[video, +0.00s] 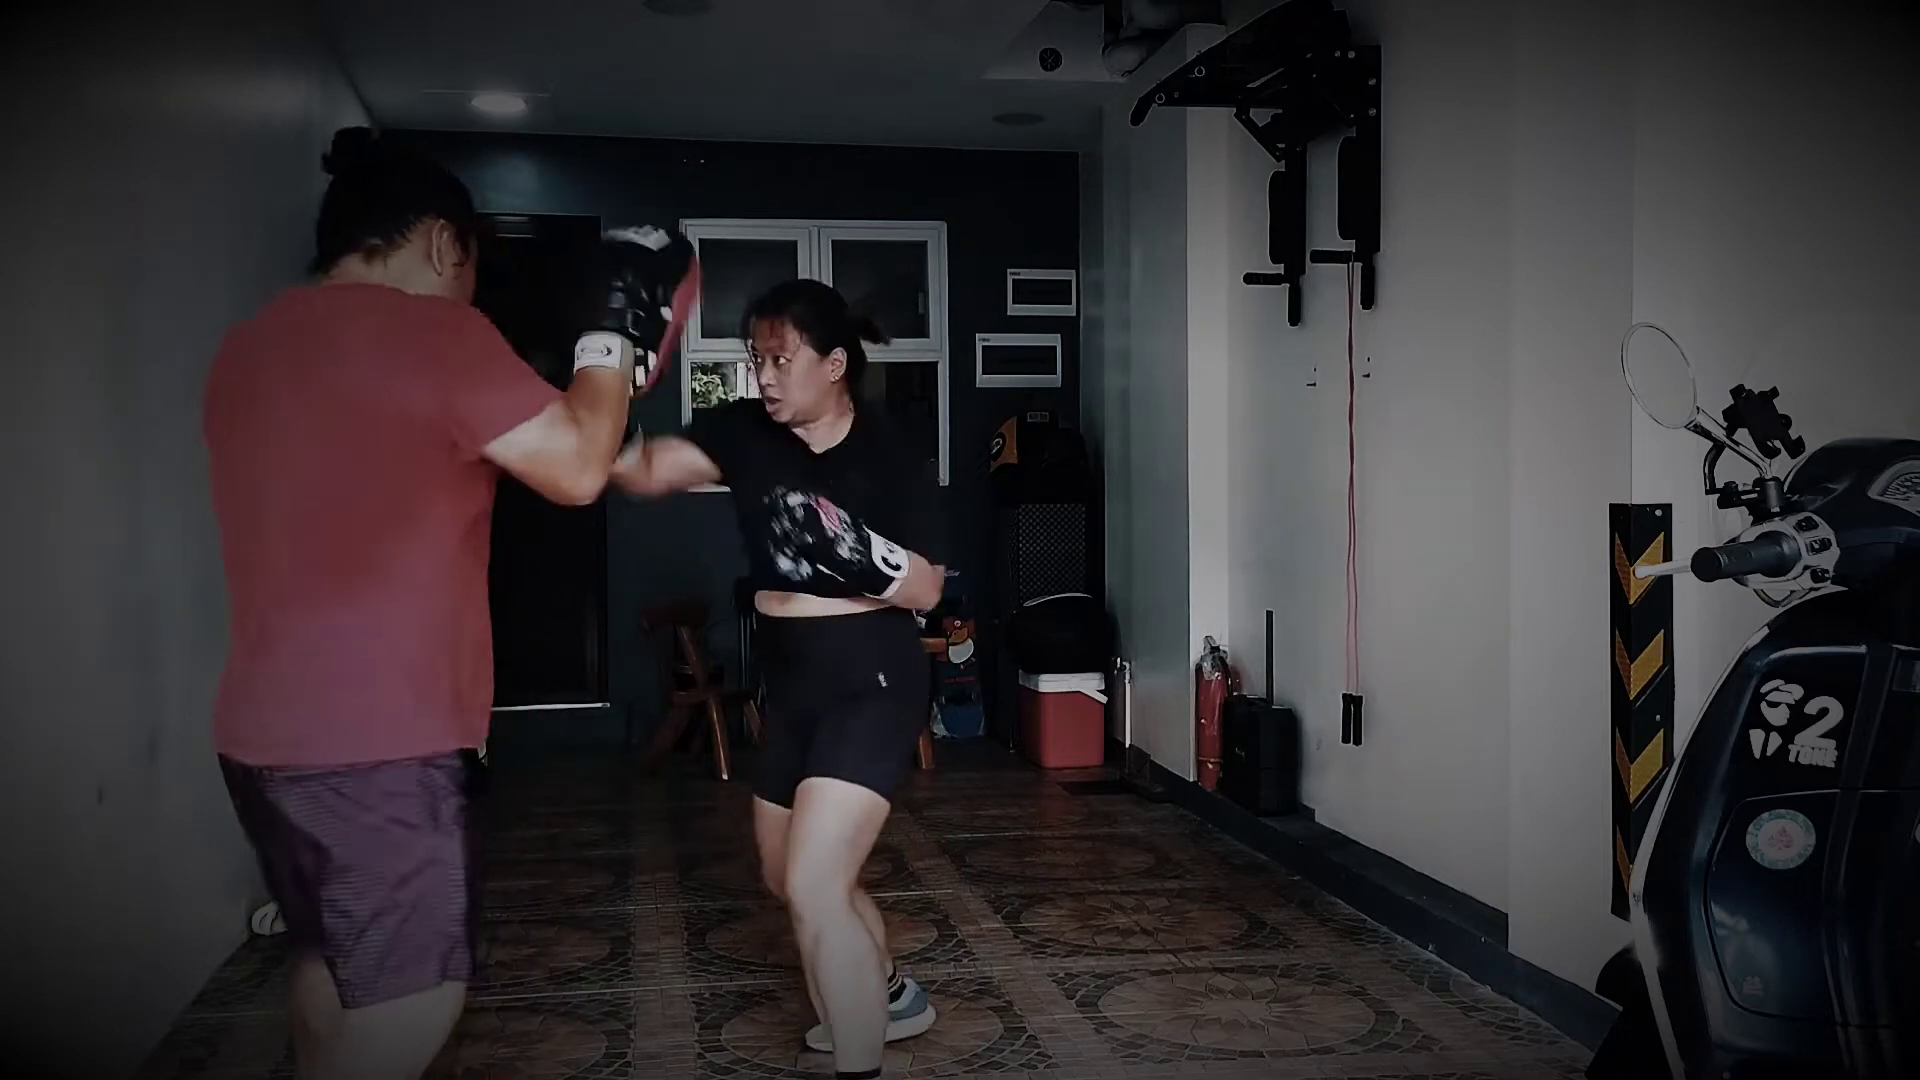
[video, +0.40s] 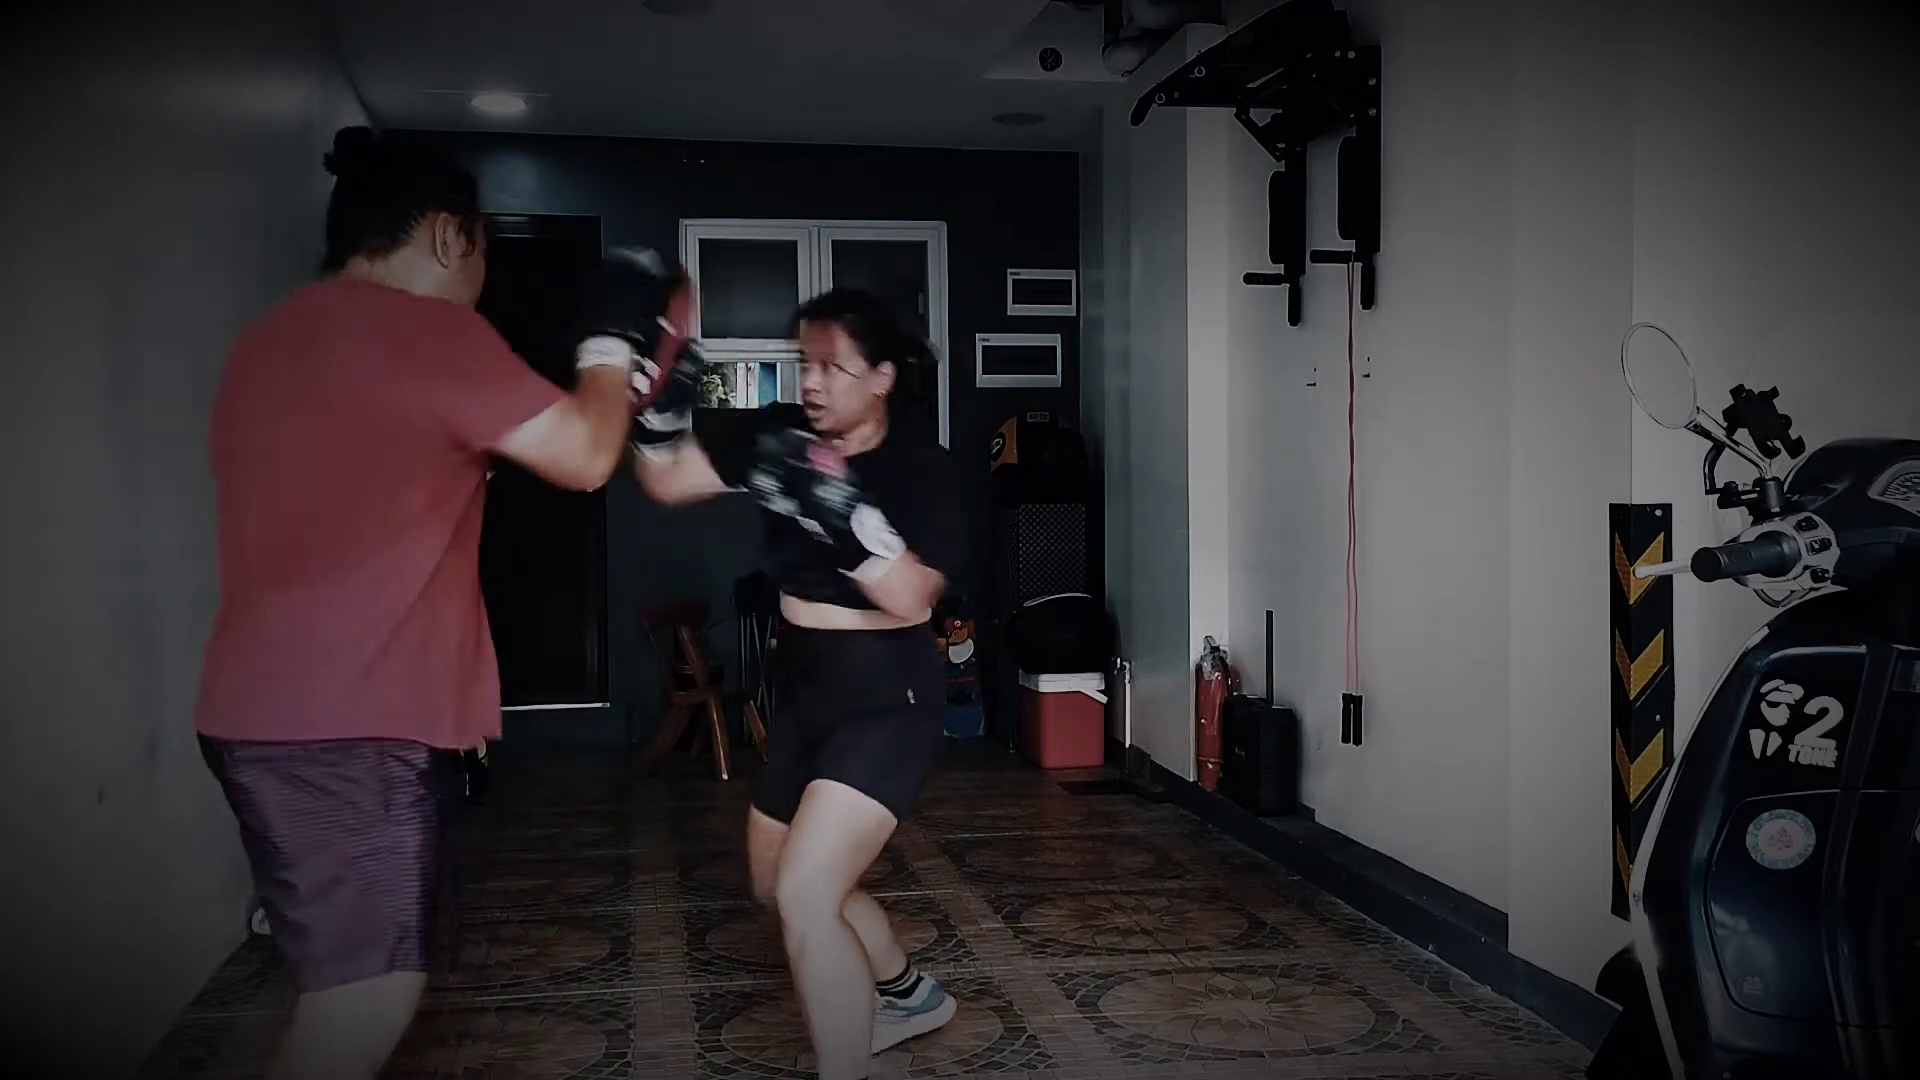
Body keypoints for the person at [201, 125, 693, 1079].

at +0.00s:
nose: (466, 286)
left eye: (468, 267)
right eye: (467, 262)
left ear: (339, 238)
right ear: (439, 239)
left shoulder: (245, 350)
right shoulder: (432, 334)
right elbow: (578, 466)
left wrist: (608, 373)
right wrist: (612, 328)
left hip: (259, 738)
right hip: (383, 745)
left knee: (323, 961)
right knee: (409, 1004)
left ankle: (318, 1079)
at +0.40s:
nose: (477, 277)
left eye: (478, 256)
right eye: (478, 252)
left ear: (355, 234)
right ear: (444, 235)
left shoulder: (263, 343)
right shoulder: (425, 335)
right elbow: (587, 453)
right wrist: (612, 358)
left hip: (257, 720)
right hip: (353, 731)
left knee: (332, 985)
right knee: (367, 995)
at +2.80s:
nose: (682, 346)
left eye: (695, 331)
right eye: (665, 330)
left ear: (708, 335)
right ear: (628, 331)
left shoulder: (731, 404)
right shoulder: (578, 398)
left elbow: (782, 457)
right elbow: (529, 492)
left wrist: (792, 385)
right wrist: (568, 501)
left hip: (697, 642)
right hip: (584, 641)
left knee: (726, 783)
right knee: (537, 777)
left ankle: (746, 941)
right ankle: (530, 898)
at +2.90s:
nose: (680, 351)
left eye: (694, 335)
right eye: (664, 335)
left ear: (710, 338)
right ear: (631, 334)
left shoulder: (737, 408)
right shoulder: (582, 400)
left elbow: (782, 477)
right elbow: (528, 492)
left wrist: (787, 406)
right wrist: (565, 494)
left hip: (702, 646)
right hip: (593, 646)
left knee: (722, 785)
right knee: (561, 778)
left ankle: (743, 938)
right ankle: (581, 865)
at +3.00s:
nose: (674, 363)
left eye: (688, 348)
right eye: (658, 347)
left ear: (703, 351)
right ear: (626, 347)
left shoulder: (723, 411)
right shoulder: (576, 414)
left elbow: (767, 478)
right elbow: (528, 507)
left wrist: (769, 410)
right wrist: (567, 507)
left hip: (705, 647)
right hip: (597, 654)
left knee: (726, 787)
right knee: (582, 784)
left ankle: (740, 938)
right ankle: (604, 884)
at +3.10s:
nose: (666, 368)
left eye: (679, 353)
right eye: (649, 352)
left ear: (693, 356)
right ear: (617, 354)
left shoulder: (722, 418)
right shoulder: (570, 426)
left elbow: (774, 478)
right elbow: (530, 517)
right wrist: (570, 527)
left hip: (712, 646)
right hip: (604, 651)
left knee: (750, 787)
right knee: (586, 785)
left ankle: (767, 915)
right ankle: (607, 892)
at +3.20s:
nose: (666, 359)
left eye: (679, 345)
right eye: (650, 344)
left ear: (694, 349)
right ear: (618, 347)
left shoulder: (720, 410)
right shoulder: (576, 418)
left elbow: (769, 470)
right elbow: (540, 505)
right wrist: (574, 519)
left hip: (715, 636)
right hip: (609, 641)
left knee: (758, 773)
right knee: (595, 773)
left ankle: (799, 901)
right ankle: (607, 891)